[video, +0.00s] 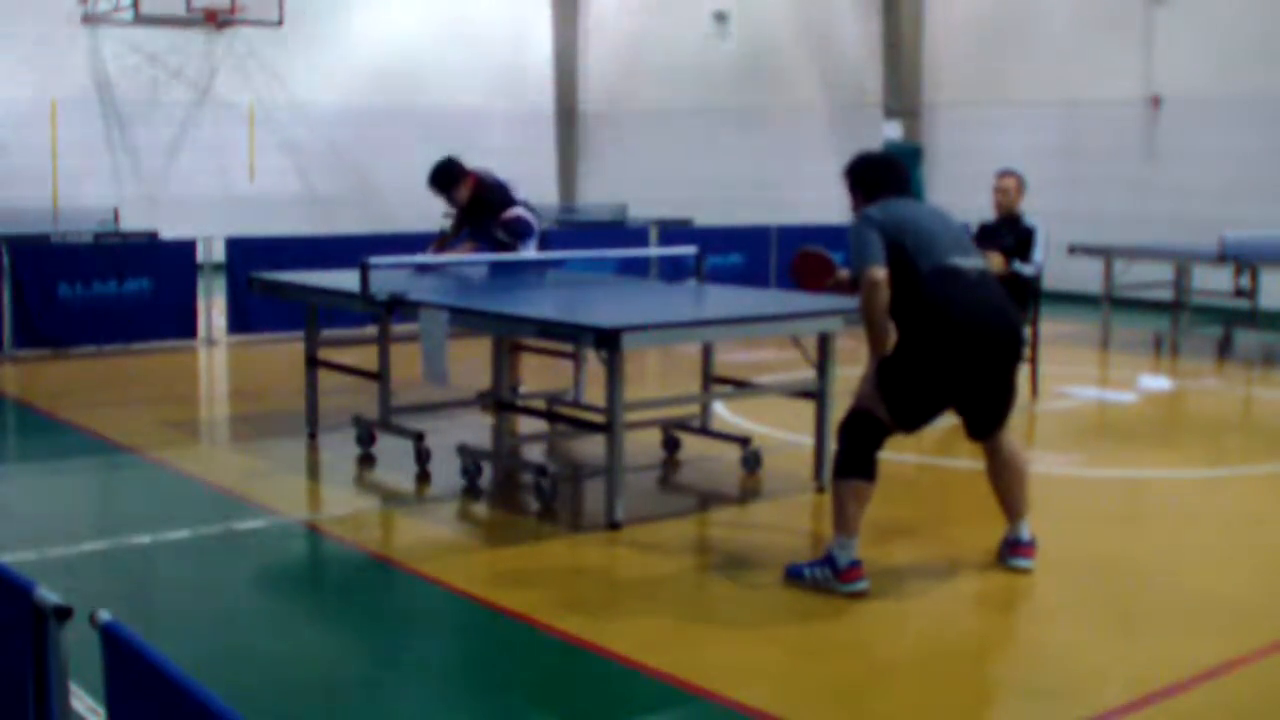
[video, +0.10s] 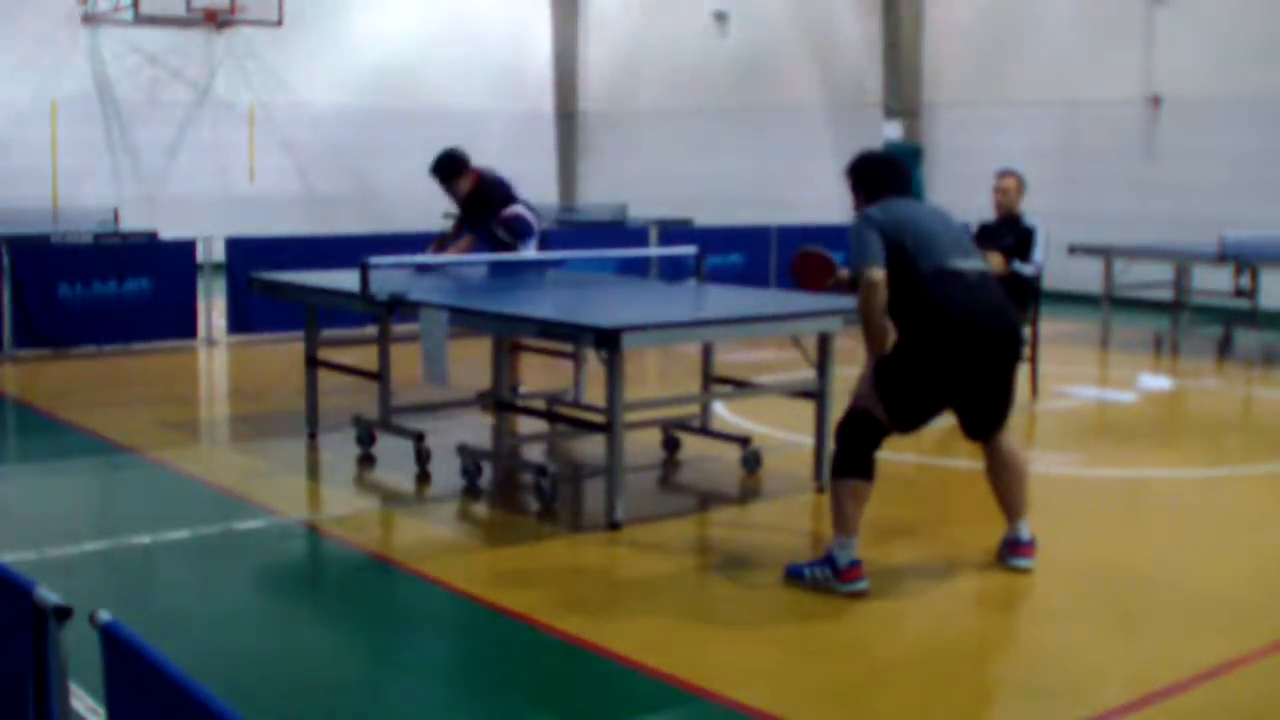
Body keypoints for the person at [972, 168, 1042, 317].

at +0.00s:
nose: (1000, 199)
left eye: (1006, 193)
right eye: (997, 192)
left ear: (1019, 195)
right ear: (993, 193)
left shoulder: (1032, 230)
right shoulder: (985, 229)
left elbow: (1035, 269)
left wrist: (1008, 265)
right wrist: (986, 261)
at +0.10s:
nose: (999, 199)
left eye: (1006, 193)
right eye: (997, 192)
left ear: (1019, 195)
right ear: (993, 193)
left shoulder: (1032, 230)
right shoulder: (985, 230)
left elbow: (1035, 269)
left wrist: (1008, 265)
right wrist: (986, 260)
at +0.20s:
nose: (998, 197)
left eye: (1005, 191)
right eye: (996, 191)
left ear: (1019, 193)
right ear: (992, 192)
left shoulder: (1032, 229)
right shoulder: (985, 229)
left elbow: (1034, 268)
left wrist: (1008, 264)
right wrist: (987, 258)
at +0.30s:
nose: (998, 197)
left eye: (1004, 191)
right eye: (996, 190)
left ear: (1018, 192)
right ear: (992, 191)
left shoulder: (1033, 228)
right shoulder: (985, 228)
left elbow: (1034, 266)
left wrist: (1008, 263)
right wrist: (987, 258)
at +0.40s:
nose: (999, 198)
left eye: (1005, 191)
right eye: (996, 191)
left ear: (1019, 192)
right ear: (992, 192)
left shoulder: (1033, 229)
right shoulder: (985, 229)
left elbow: (1034, 267)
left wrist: (1008, 263)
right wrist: (989, 259)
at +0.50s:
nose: (999, 199)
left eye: (1005, 193)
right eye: (997, 192)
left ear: (1019, 195)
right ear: (993, 193)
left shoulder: (1032, 231)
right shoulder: (985, 230)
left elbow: (1034, 269)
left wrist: (1008, 265)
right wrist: (987, 261)